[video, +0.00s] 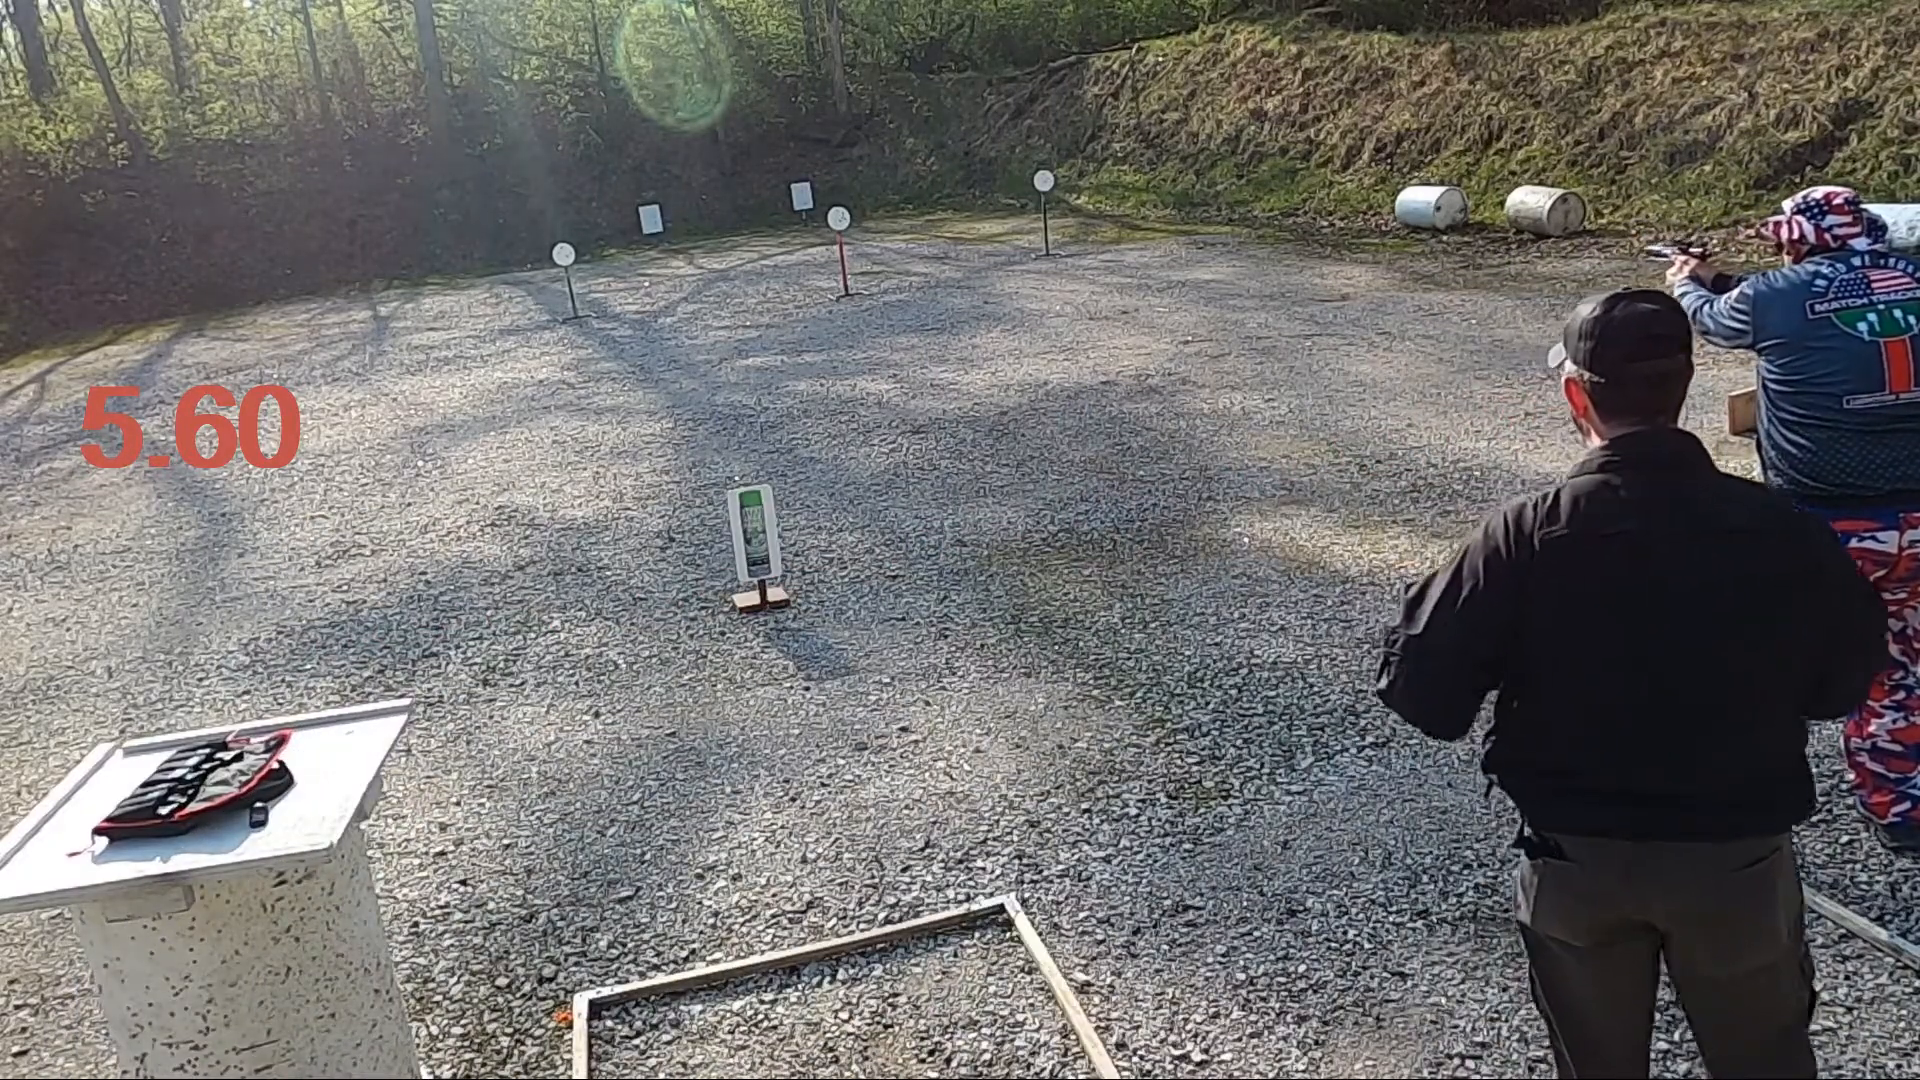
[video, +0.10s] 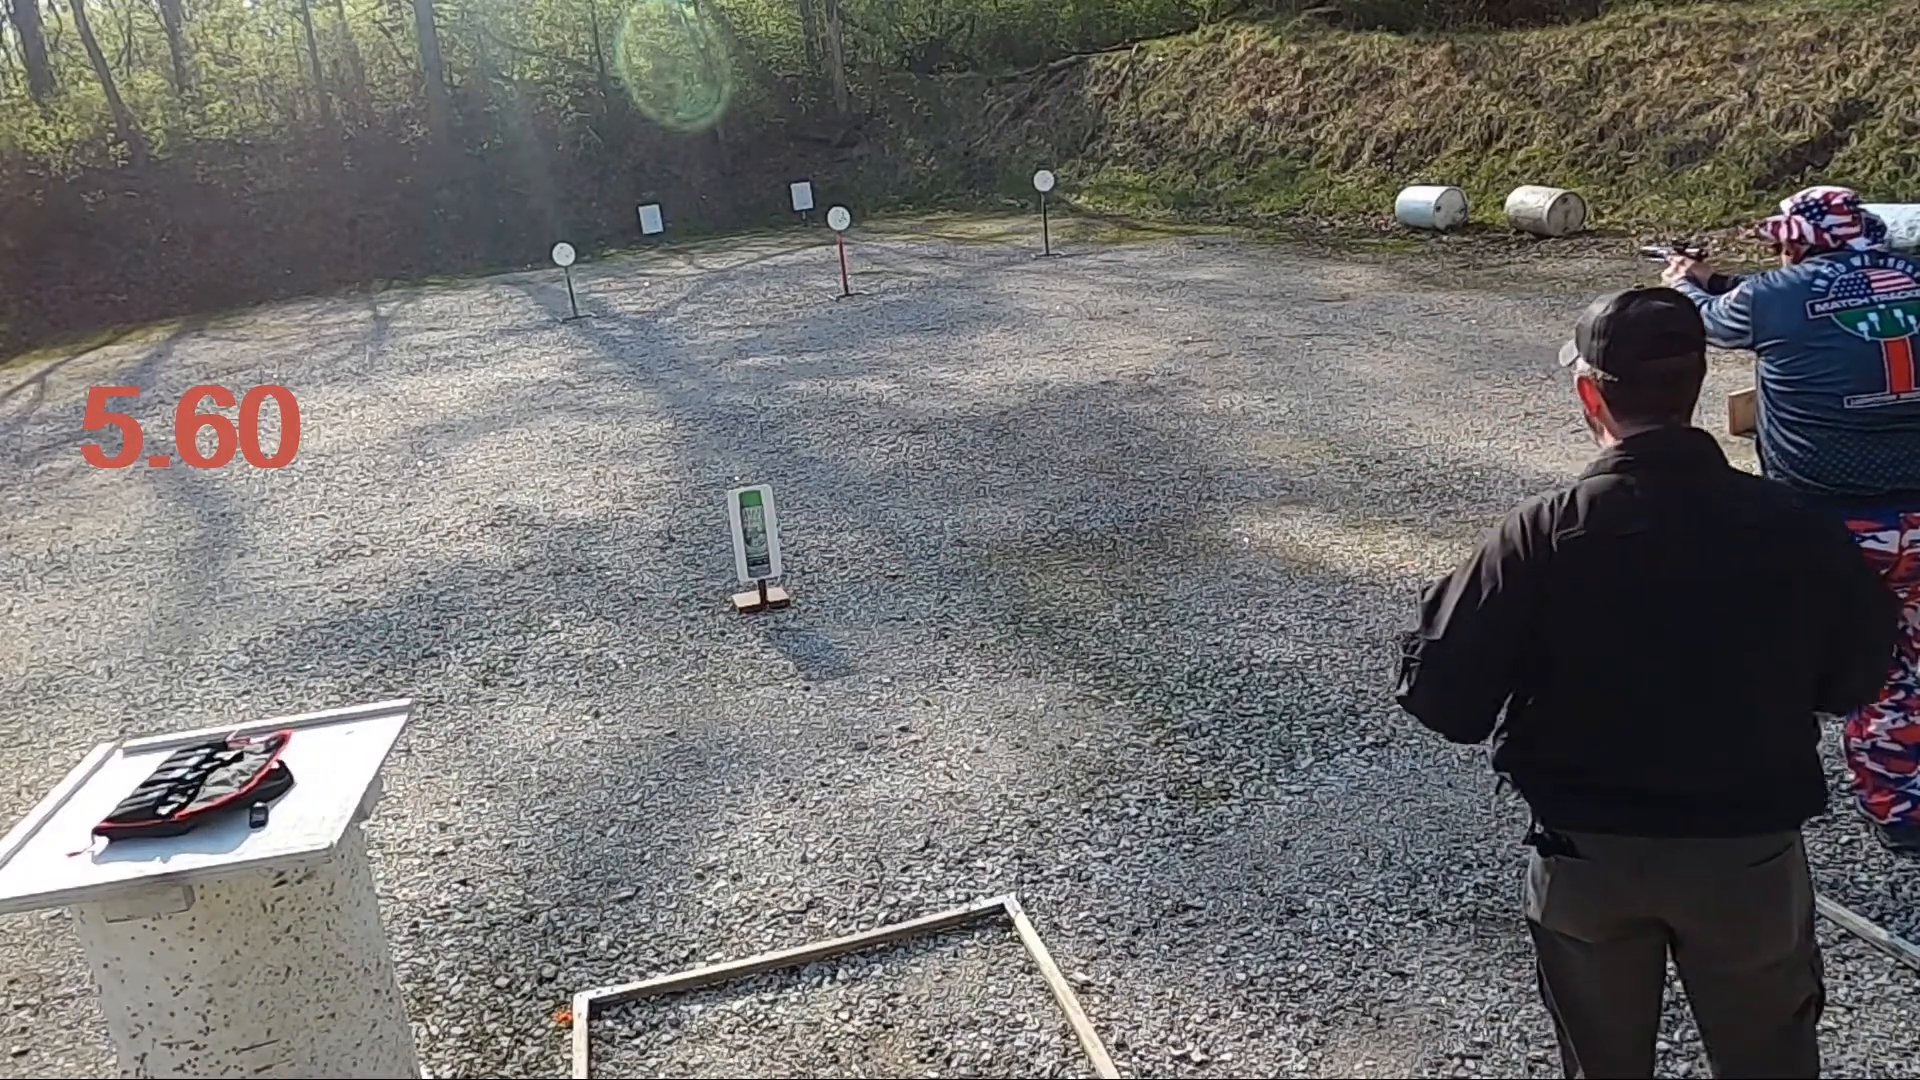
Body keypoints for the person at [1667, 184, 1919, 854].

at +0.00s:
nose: (1784, 253)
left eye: (1787, 244)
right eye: (1783, 246)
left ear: (1802, 243)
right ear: (1863, 232)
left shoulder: (1775, 294)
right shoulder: (1908, 281)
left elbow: (1710, 317)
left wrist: (1682, 278)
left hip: (1820, 530)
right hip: (1912, 521)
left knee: (1797, 663)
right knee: (1901, 668)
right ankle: (1900, 807)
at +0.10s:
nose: (1782, 254)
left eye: (1785, 245)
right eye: (1781, 247)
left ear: (1802, 244)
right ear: (1861, 231)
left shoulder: (1776, 293)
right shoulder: (1909, 280)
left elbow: (1705, 319)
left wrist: (1680, 280)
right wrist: (1716, 280)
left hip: (1825, 530)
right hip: (1913, 518)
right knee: (1903, 669)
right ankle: (1901, 807)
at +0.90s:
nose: (1779, 229)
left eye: (1784, 219)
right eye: (1781, 219)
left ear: (1800, 221)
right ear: (1865, 210)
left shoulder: (1764, 286)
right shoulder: (1908, 256)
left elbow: (1715, 351)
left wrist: (1712, 296)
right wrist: (1740, 297)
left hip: (1823, 503)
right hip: (1911, 490)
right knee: (1898, 651)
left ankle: (1899, 806)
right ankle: (1900, 802)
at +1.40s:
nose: (1736, 240)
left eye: (1739, 227)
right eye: (1736, 227)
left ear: (1761, 227)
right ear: (1822, 211)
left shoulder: (1731, 305)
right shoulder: (1889, 263)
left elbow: (1696, 405)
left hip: (1813, 516)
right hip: (1907, 494)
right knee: (1897, 655)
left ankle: (1902, 813)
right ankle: (1902, 806)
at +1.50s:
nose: (1706, 250)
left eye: (1707, 237)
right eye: (1703, 237)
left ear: (1732, 237)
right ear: (1788, 220)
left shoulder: (1715, 314)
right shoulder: (1859, 270)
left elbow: (1686, 411)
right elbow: (1862, 368)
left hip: (1781, 524)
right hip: (1878, 508)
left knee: (1783, 662)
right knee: (1887, 657)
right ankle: (1900, 807)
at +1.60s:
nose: (1674, 267)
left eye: (1675, 253)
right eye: (1670, 254)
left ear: (1702, 250)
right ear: (1757, 231)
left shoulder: (1706, 312)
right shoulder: (1823, 272)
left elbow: (1691, 406)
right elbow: (1838, 370)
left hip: (1765, 489)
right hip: (1845, 473)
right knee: (1864, 627)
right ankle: (1891, 790)